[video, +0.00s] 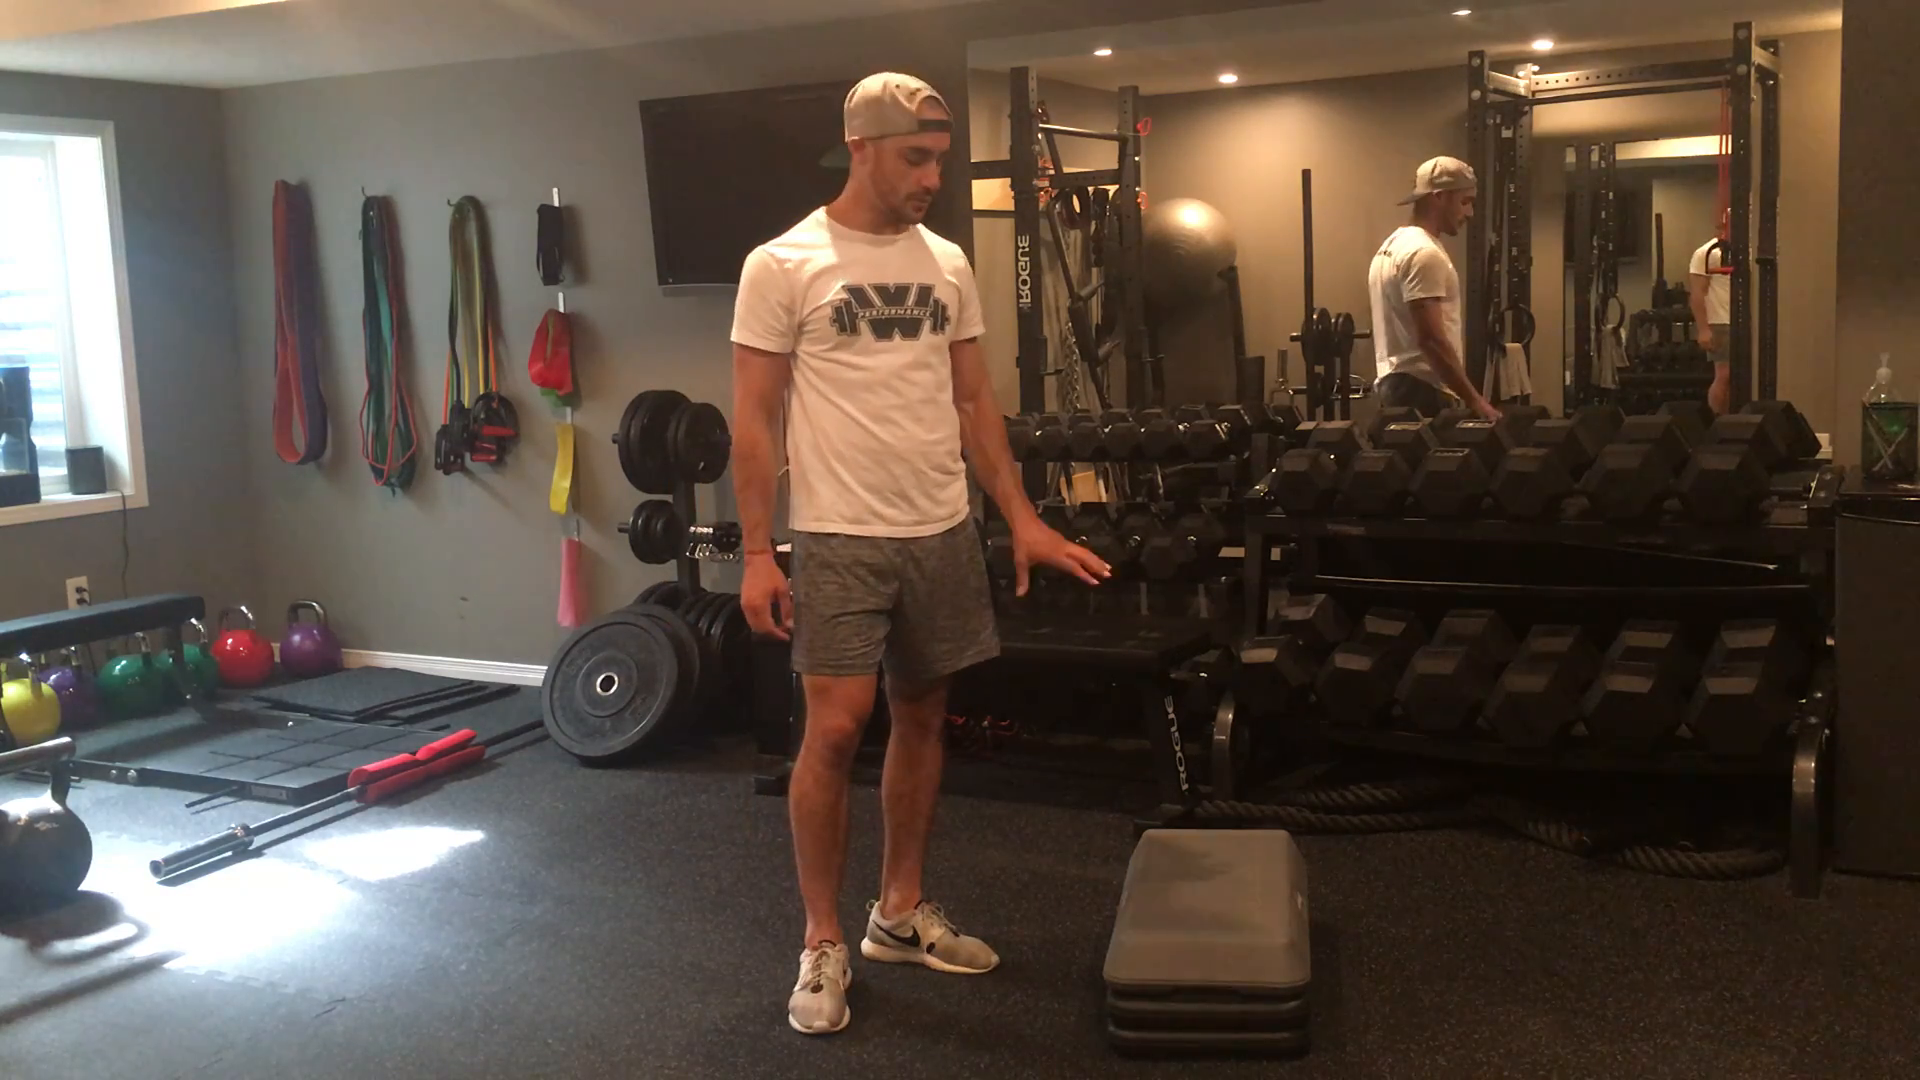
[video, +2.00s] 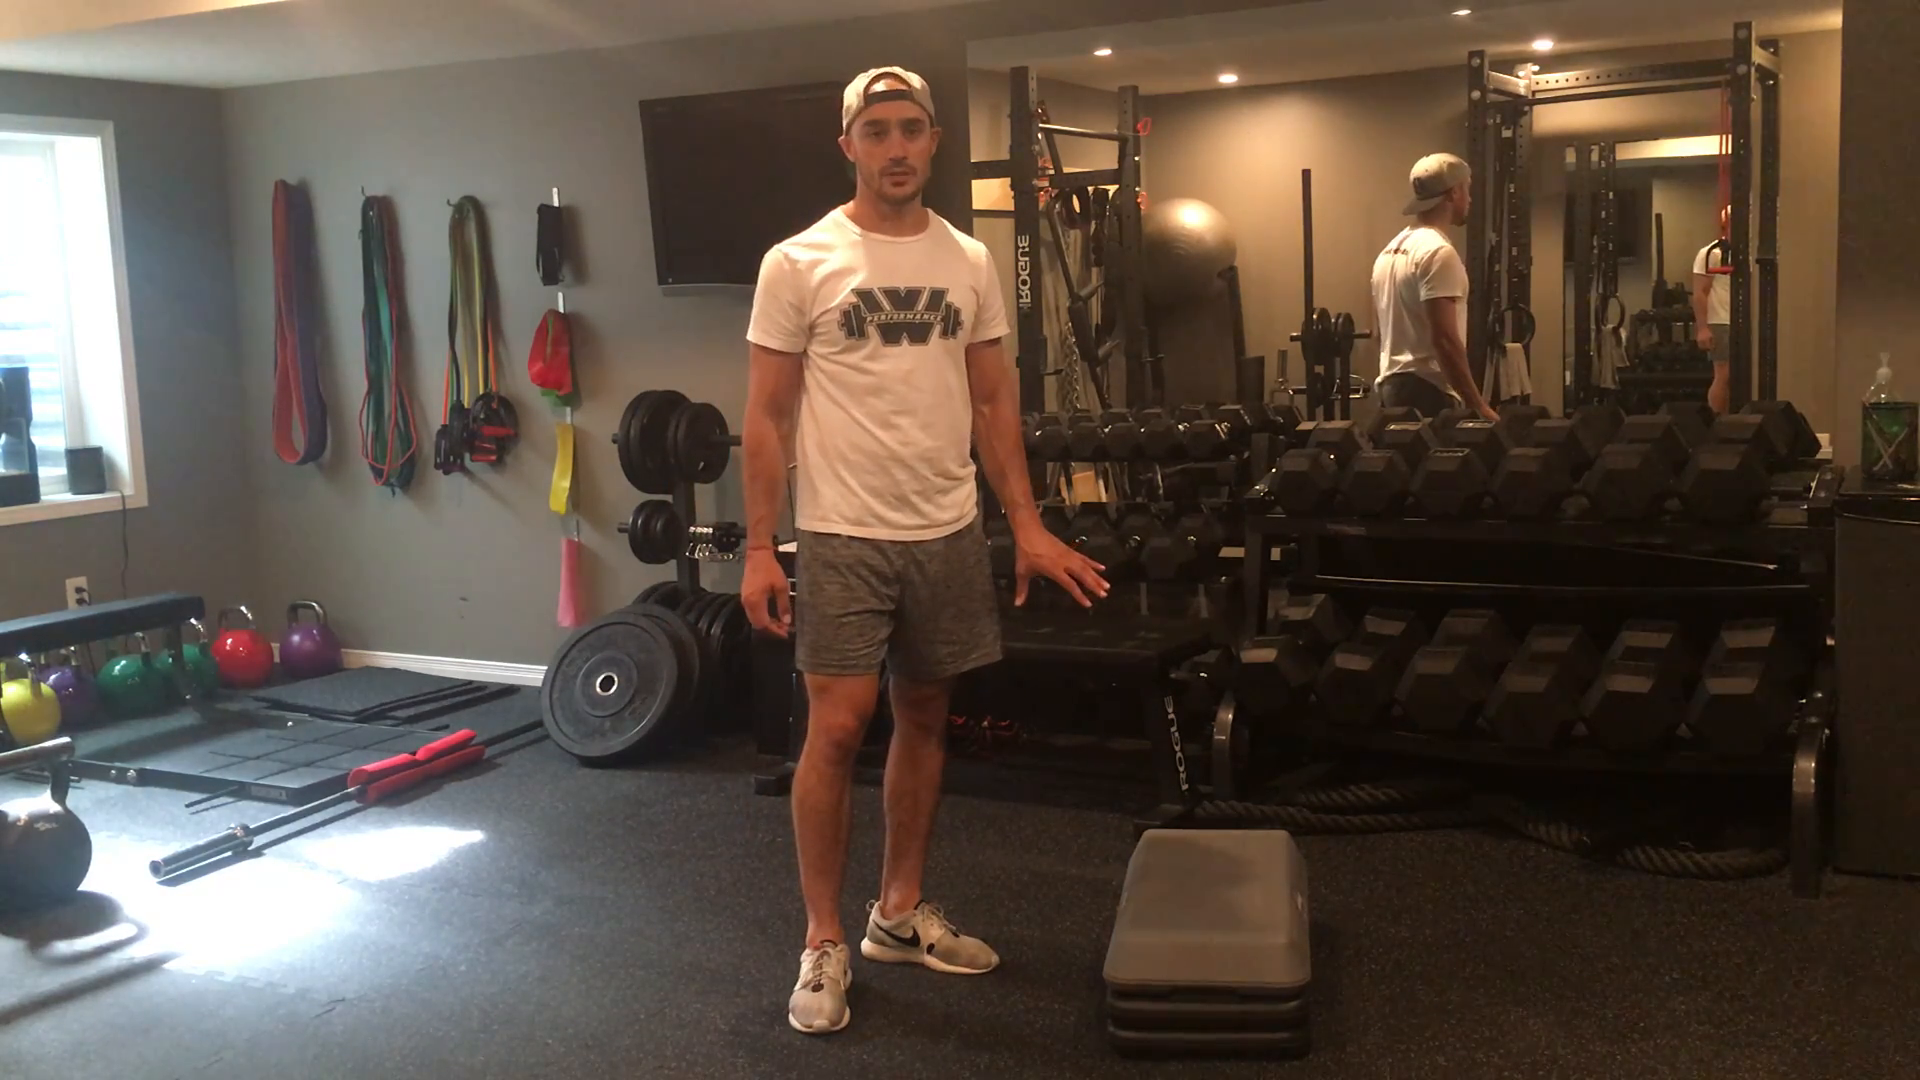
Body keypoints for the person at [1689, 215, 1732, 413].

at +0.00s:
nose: (1735, 229)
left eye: (1737, 224)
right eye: (1732, 224)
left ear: (1741, 226)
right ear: (1723, 224)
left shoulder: (1745, 253)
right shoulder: (1705, 254)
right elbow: (1697, 294)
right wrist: (1703, 328)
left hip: (1743, 324)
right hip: (1721, 324)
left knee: (1736, 377)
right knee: (1723, 376)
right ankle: (1716, 423)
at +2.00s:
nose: (1734, 226)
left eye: (1737, 220)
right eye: (1731, 220)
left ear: (1743, 223)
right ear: (1724, 223)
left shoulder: (1748, 253)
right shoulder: (1709, 254)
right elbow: (1700, 292)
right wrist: (1702, 327)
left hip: (1744, 323)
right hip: (1721, 323)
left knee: (1736, 378)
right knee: (1723, 377)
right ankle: (1716, 424)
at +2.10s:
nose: (1735, 226)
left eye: (1738, 221)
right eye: (1731, 221)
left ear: (1744, 223)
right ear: (1724, 222)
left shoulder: (1748, 253)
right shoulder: (1709, 254)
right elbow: (1700, 292)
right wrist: (1702, 326)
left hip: (1745, 324)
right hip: (1720, 324)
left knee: (1740, 378)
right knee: (1723, 377)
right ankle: (1715, 423)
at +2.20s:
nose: (1735, 225)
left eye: (1737, 220)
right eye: (1731, 219)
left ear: (1744, 222)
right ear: (1724, 221)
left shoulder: (1748, 253)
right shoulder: (1709, 254)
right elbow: (1700, 292)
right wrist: (1701, 326)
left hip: (1743, 325)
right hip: (1720, 324)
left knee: (1736, 377)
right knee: (1724, 376)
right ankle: (1711, 420)